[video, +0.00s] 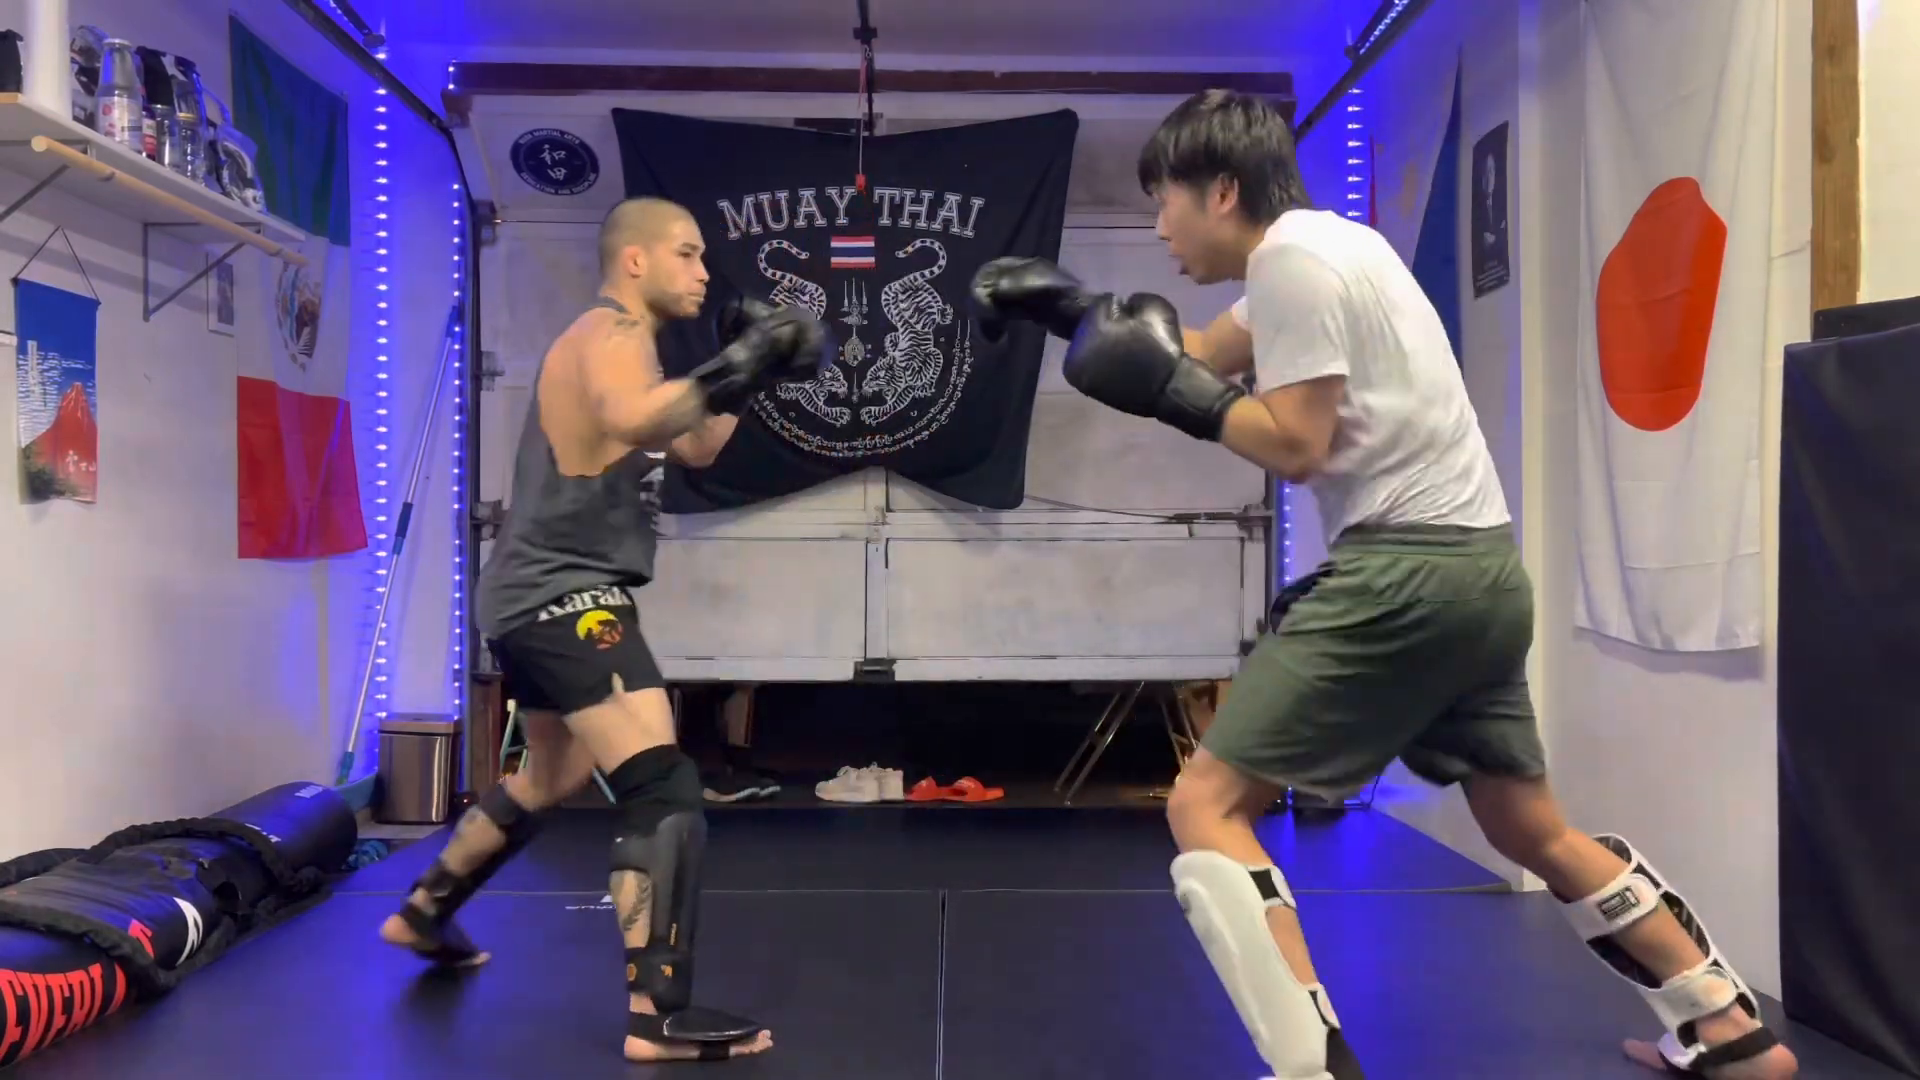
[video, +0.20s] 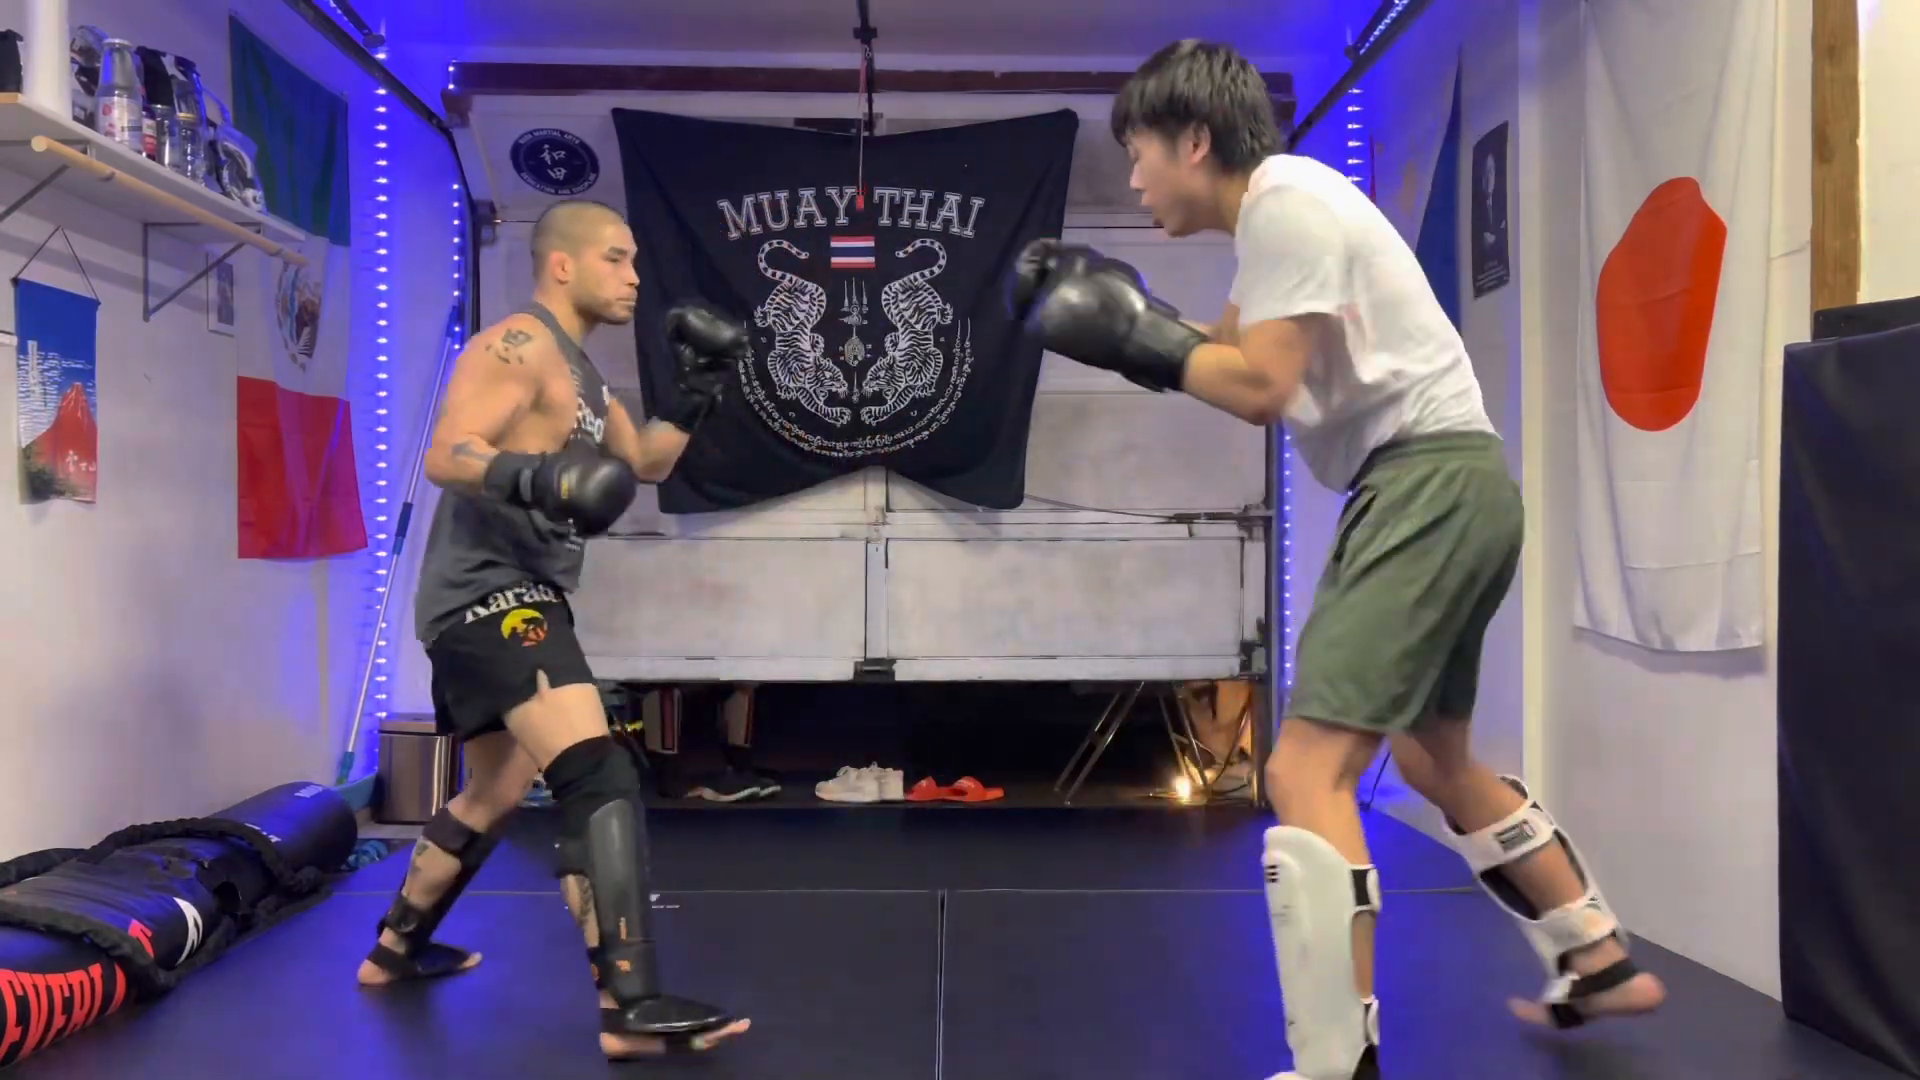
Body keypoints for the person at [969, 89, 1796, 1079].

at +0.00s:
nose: (1156, 218)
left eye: (1165, 193)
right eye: (1156, 196)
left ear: (1223, 193)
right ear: (1248, 187)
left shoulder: (1289, 260)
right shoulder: (1340, 247)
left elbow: (1298, 442)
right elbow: (1205, 360)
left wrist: (1168, 389)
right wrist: (1078, 307)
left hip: (1398, 574)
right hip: (1486, 571)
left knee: (1203, 802)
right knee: (1532, 828)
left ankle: (1311, 1061)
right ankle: (1732, 1027)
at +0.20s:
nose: (1133, 182)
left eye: (1140, 156)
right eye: (1130, 158)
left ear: (1198, 142)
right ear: (1210, 142)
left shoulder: (1287, 203)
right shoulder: (1289, 203)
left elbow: (1270, 385)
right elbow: (1252, 353)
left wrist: (1137, 339)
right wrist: (1136, 315)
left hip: (1422, 485)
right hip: (1454, 483)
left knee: (1307, 770)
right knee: (1438, 755)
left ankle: (1332, 1058)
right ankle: (1599, 962)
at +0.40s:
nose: (1161, 220)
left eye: (1170, 195)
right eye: (1159, 199)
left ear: (1227, 187)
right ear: (1258, 192)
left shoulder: (1259, 249)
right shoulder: (1328, 252)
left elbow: (1105, 363)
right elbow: (1286, 437)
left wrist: (993, 334)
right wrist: (1212, 357)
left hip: (1406, 544)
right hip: (1457, 539)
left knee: (1404, 848)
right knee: (1343, 739)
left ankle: (1538, 1063)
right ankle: (1402, 947)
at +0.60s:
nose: (1155, 181)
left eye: (1167, 157)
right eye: (1156, 162)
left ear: (1223, 155)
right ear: (1231, 164)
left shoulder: (1259, 208)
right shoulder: (1274, 227)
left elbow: (1262, 347)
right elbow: (1218, 378)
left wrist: (1135, 354)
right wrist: (1169, 281)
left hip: (1348, 491)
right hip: (1361, 495)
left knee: (1335, 757)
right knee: (1312, 743)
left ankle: (1482, 1004)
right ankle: (1384, 945)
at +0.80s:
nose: (1140, 186)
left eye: (1150, 164)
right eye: (1138, 168)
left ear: (1206, 157)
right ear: (1200, 166)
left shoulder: (1252, 212)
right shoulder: (1217, 249)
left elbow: (1313, 337)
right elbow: (1186, 385)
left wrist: (1187, 356)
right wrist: (1139, 282)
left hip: (1299, 491)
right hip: (1270, 493)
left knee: (1241, 742)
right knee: (1256, 730)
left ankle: (1389, 936)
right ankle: (1302, 896)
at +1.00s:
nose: (1106, 229)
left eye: (1116, 209)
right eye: (1104, 213)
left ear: (1169, 201)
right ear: (1163, 207)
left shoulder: (1216, 255)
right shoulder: (1197, 281)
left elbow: (1239, 388)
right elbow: (1159, 404)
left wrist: (1128, 371)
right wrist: (1099, 314)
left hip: (1255, 517)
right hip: (1248, 519)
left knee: (1143, 733)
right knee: (1214, 723)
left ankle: (1295, 899)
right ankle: (1298, 890)